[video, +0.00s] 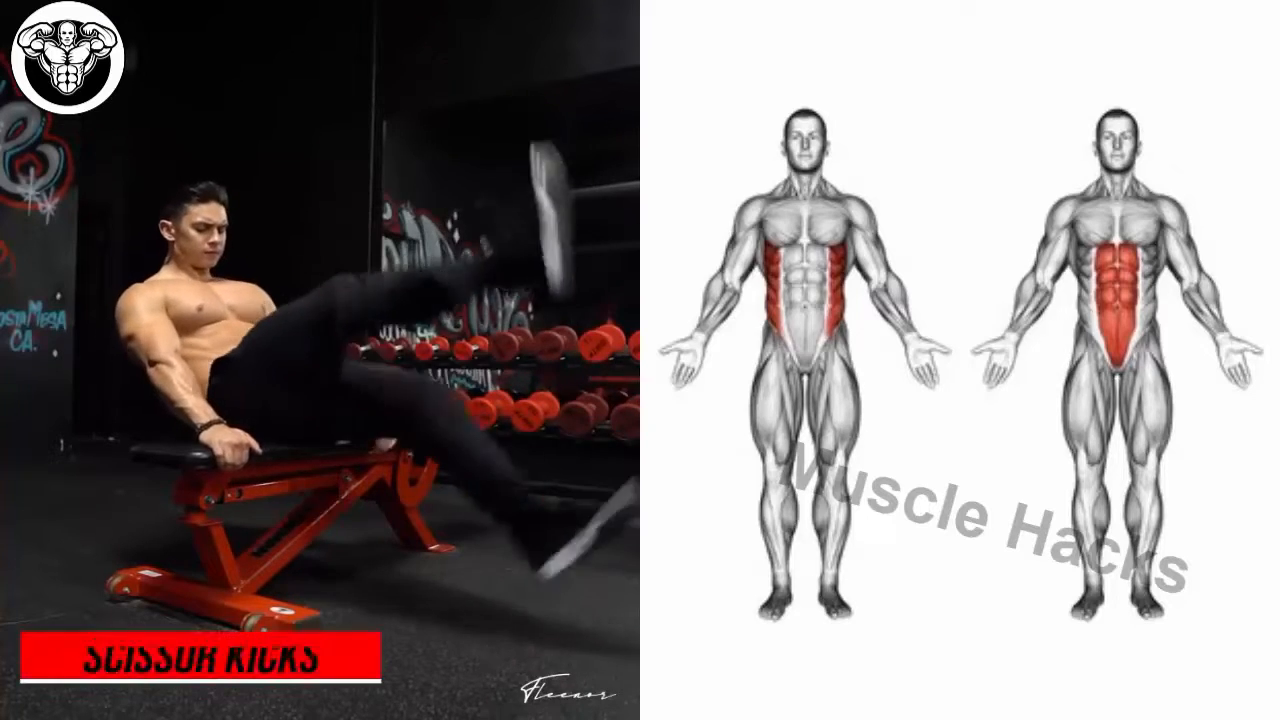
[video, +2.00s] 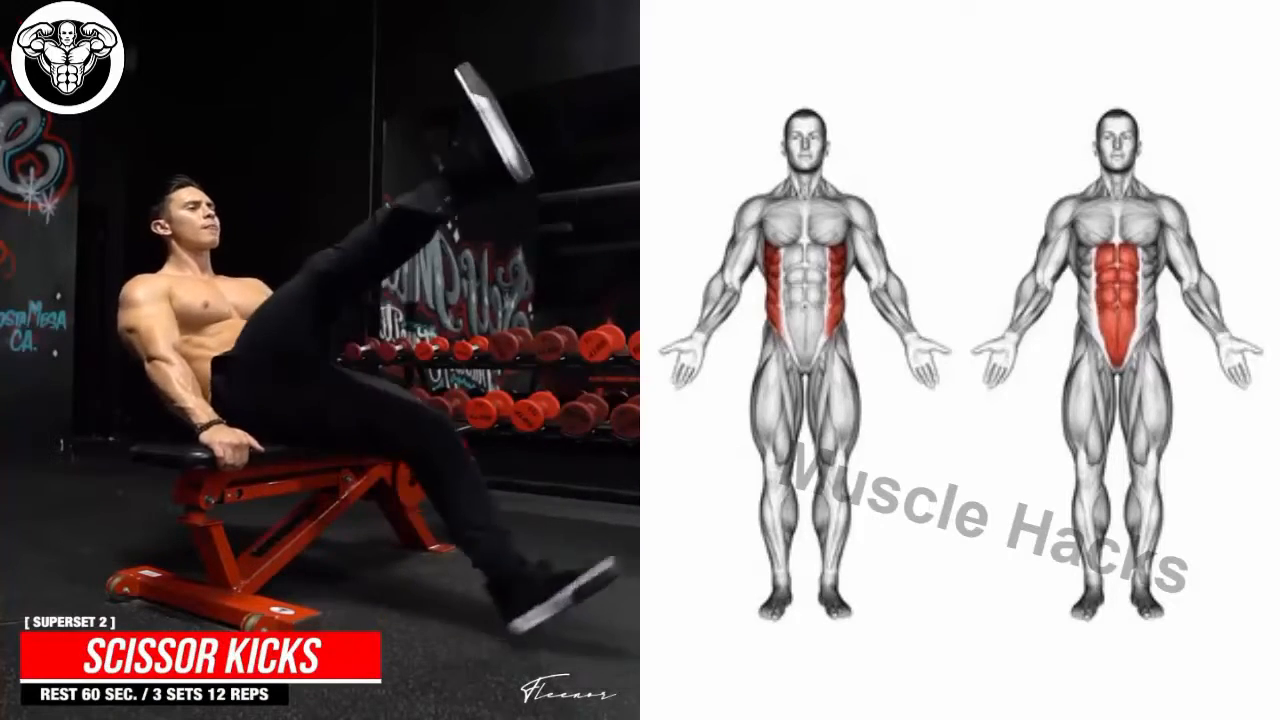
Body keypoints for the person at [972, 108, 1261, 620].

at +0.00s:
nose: (1116, 145)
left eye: (1124, 138)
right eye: (1109, 137)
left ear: (1137, 146)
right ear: (1097, 145)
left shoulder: (1164, 211)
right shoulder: (1070, 211)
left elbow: (1193, 282)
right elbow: (1041, 282)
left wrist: (1221, 335)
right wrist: (1012, 336)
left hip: (1144, 355)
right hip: (1089, 354)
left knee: (1145, 467)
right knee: (1088, 466)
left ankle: (1141, 582)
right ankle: (1092, 583)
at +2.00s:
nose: (1116, 145)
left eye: (1124, 138)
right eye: (1109, 137)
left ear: (1137, 146)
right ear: (1097, 145)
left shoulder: (1164, 211)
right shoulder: (1070, 211)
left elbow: (1193, 282)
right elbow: (1041, 282)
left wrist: (1221, 335)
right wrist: (1012, 336)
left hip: (1144, 355)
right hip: (1089, 354)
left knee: (1145, 466)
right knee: (1088, 466)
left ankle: (1141, 582)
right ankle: (1092, 583)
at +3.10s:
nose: (1116, 145)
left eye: (1124, 138)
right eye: (1108, 138)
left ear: (1137, 145)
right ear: (1096, 146)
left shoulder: (1164, 211)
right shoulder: (1070, 211)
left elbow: (1193, 282)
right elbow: (1041, 282)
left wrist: (1222, 335)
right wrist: (1012, 336)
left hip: (1144, 355)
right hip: (1089, 355)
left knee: (1145, 466)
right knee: (1088, 466)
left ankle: (1141, 581)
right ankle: (1092, 583)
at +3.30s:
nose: (1116, 146)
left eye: (1124, 138)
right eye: (1108, 138)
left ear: (1137, 145)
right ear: (1097, 145)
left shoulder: (1164, 211)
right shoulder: (1070, 211)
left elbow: (1193, 282)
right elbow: (1041, 281)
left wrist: (1222, 336)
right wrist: (1012, 336)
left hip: (1144, 355)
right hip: (1089, 354)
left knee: (1145, 466)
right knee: (1088, 466)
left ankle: (1141, 582)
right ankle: (1092, 583)